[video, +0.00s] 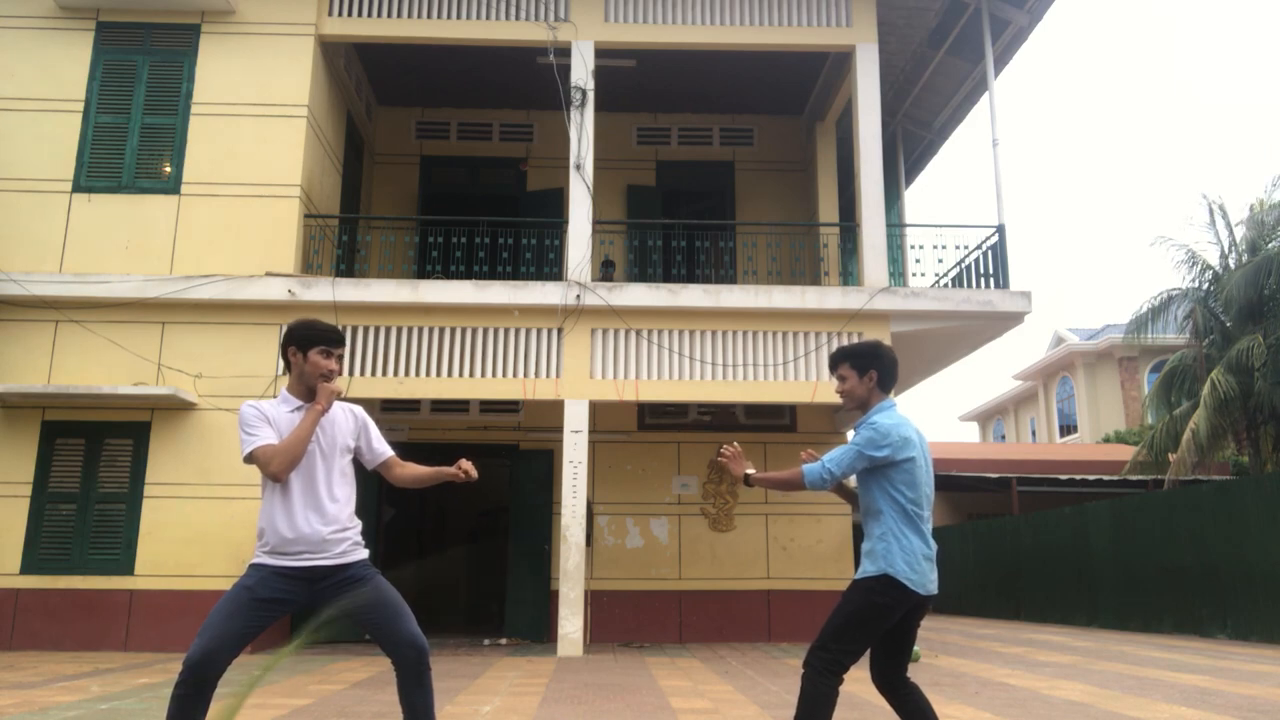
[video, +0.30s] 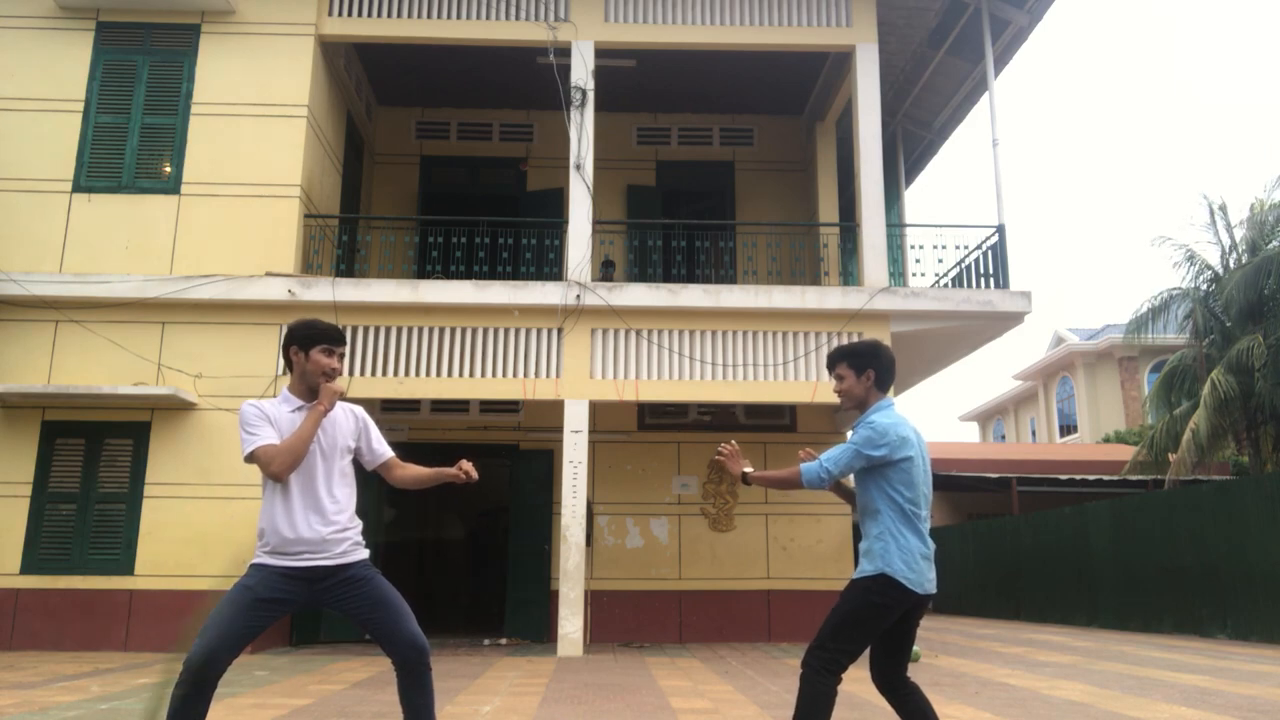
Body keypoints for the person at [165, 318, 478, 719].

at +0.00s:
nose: (334, 367)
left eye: (338, 358)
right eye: (324, 356)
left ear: (342, 362)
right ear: (293, 357)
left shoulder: (351, 416)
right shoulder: (257, 412)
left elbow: (396, 470)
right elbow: (276, 467)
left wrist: (448, 473)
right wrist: (319, 408)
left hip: (348, 570)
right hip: (274, 571)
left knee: (413, 649)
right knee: (199, 663)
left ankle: (422, 719)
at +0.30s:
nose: (336, 366)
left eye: (340, 357)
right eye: (326, 355)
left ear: (343, 362)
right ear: (294, 357)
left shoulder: (352, 416)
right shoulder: (257, 412)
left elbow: (396, 471)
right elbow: (277, 466)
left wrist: (447, 474)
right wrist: (321, 409)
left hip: (348, 569)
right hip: (276, 569)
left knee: (414, 650)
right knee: (200, 663)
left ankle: (423, 719)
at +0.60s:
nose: (338, 364)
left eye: (341, 355)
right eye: (328, 354)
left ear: (344, 361)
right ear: (296, 356)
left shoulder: (353, 416)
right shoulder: (259, 412)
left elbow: (396, 471)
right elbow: (278, 467)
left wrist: (448, 475)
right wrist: (323, 410)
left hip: (348, 568)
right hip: (276, 568)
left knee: (414, 649)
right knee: (206, 659)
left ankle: (422, 718)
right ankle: (175, 718)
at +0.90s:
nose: (338, 366)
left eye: (341, 357)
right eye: (328, 355)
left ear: (345, 362)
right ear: (296, 357)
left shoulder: (353, 416)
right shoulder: (259, 412)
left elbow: (397, 471)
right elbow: (279, 467)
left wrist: (449, 475)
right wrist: (324, 409)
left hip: (349, 569)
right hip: (277, 570)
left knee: (415, 649)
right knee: (201, 663)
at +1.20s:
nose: (338, 368)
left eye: (342, 359)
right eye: (329, 357)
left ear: (345, 363)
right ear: (296, 357)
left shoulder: (353, 417)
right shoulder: (259, 412)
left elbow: (396, 471)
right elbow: (279, 468)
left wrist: (450, 475)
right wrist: (324, 411)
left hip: (349, 569)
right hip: (278, 570)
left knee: (415, 650)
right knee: (201, 663)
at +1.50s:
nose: (290, 366)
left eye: (294, 358)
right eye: (279, 358)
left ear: (299, 366)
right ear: (251, 366)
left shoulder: (322, 418)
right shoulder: (225, 429)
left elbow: (365, 481)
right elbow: (251, 482)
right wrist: (295, 423)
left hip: (328, 573)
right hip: (256, 577)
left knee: (397, 656)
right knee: (182, 671)